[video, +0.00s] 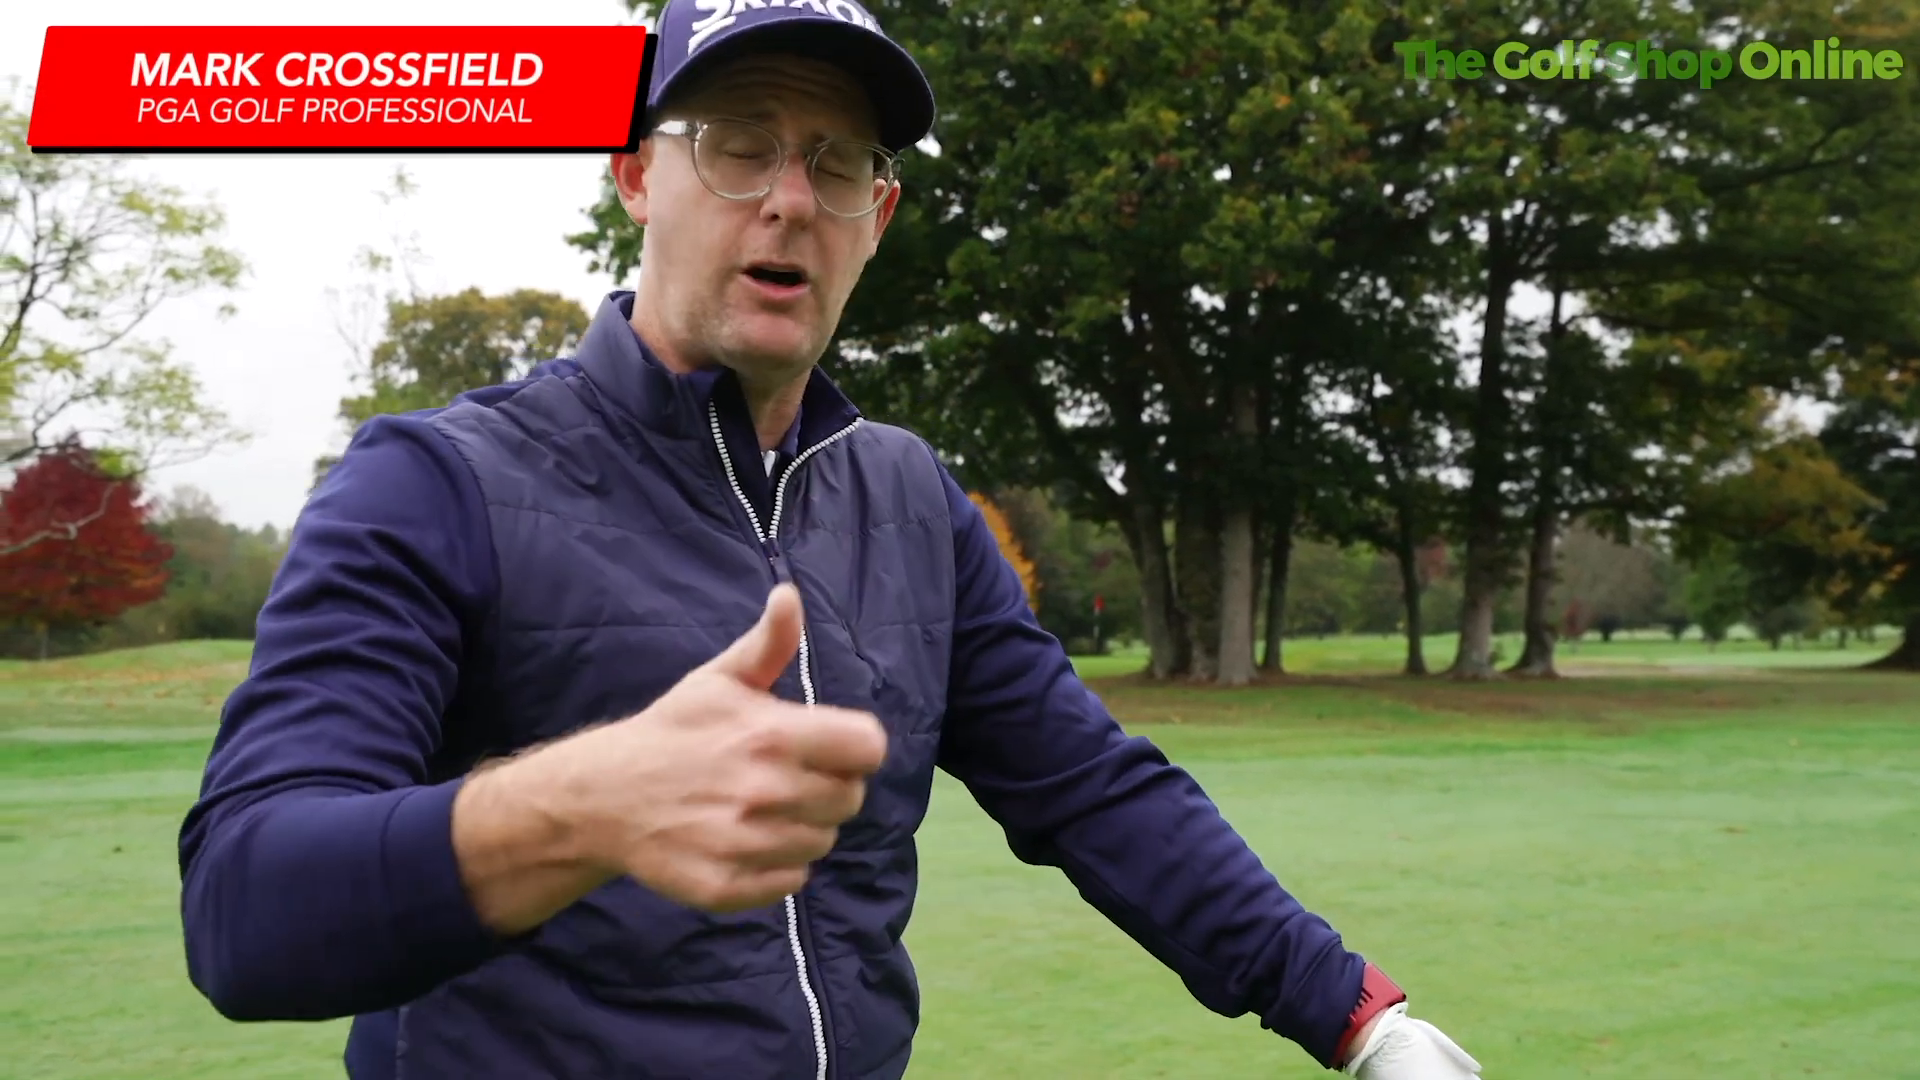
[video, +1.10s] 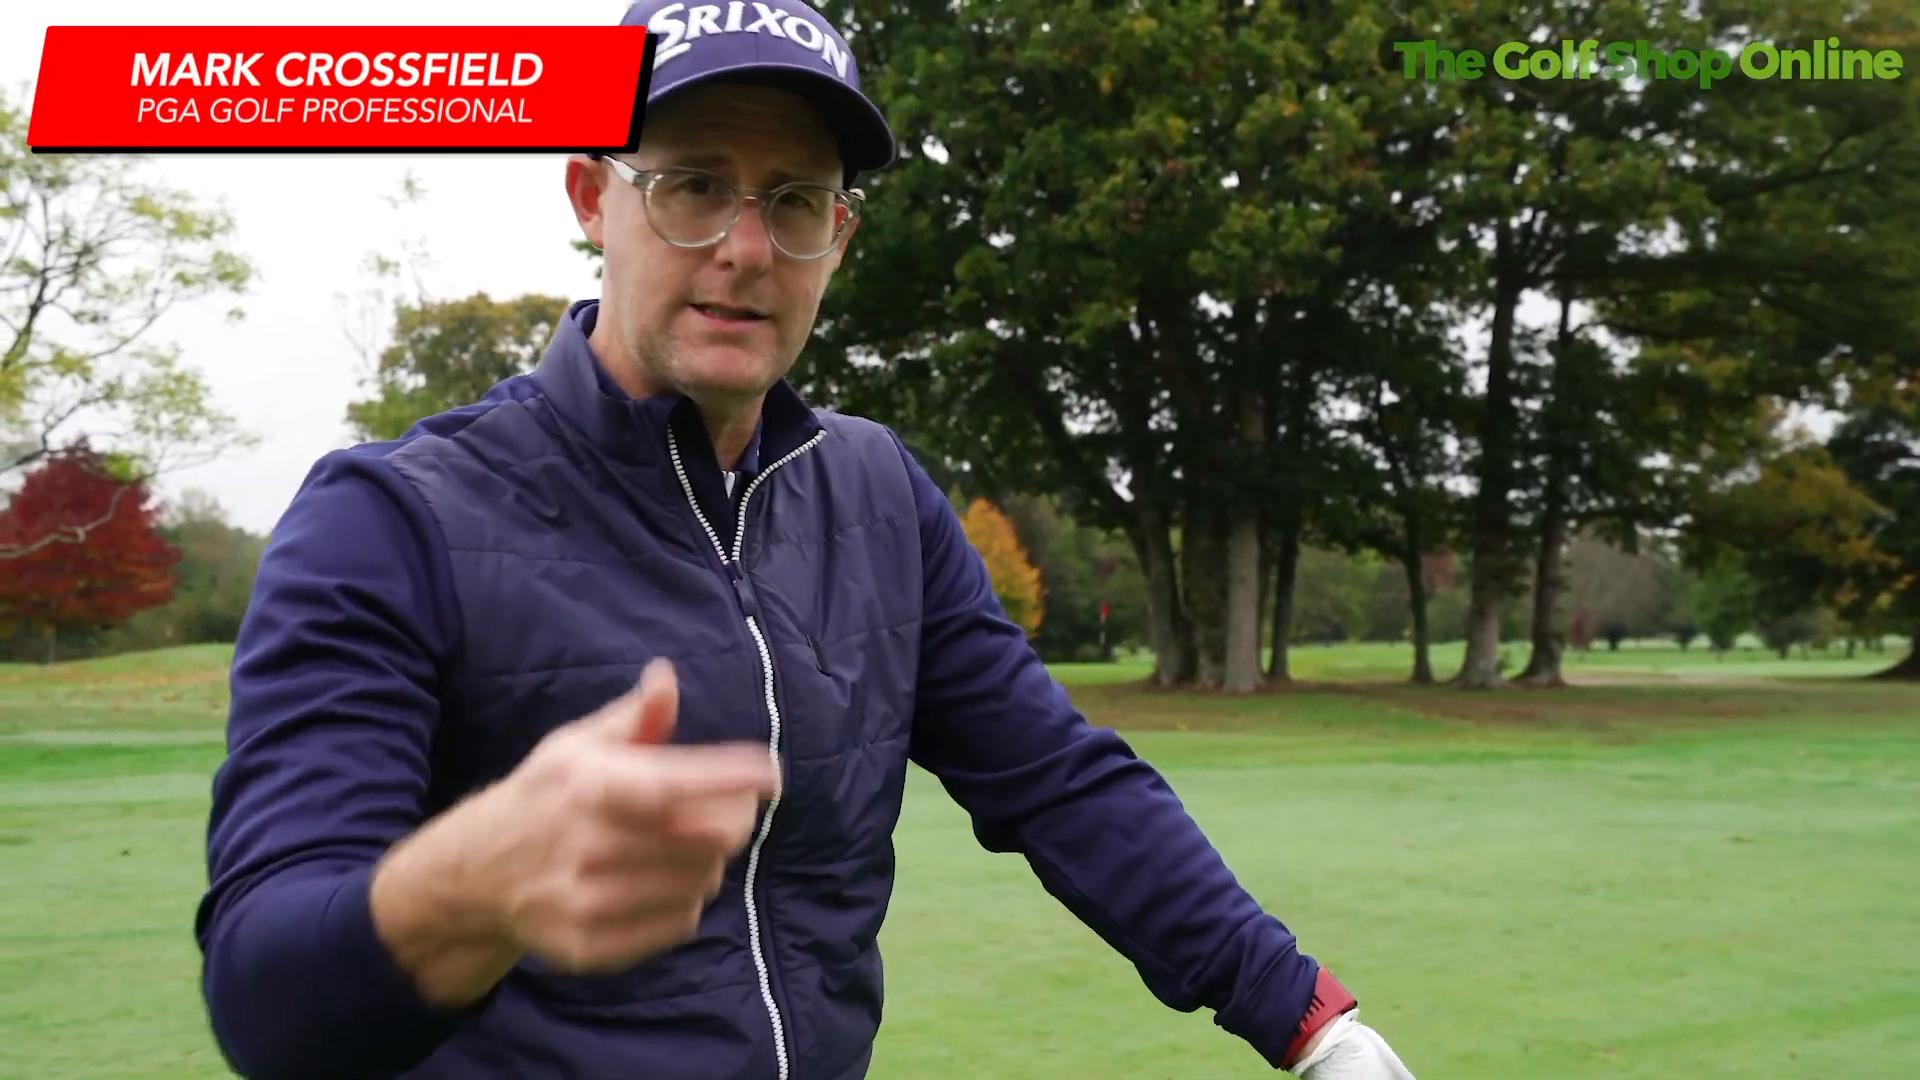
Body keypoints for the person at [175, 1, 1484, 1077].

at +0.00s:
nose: (789, 205)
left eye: (833, 167)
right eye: (739, 150)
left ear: (877, 220)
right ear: (643, 182)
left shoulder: (913, 505)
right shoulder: (442, 482)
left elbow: (1095, 790)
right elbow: (248, 918)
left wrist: (1365, 1022)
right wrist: (582, 804)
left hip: (835, 1052)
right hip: (503, 1052)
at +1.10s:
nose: (744, 244)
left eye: (792, 199)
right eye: (694, 185)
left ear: (841, 236)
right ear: (595, 204)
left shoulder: (882, 500)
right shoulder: (398, 514)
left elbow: (1064, 782)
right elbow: (268, 998)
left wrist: (1320, 1033)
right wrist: (467, 893)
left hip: (809, 1065)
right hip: (511, 1067)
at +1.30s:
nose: (710, 236)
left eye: (760, 185)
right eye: (660, 174)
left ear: (814, 221)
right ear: (561, 191)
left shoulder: (862, 479)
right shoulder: (355, 525)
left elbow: (1067, 758)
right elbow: (196, 980)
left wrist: (1310, 1007)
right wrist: (384, 1012)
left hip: (815, 1064)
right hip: (509, 1079)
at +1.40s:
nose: (685, 231)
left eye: (737, 182)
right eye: (633, 170)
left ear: (793, 222)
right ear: (533, 187)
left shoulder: (854, 475)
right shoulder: (335, 531)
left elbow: (1039, 761)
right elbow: (175, 964)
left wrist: (1215, 1009)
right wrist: (286, 1053)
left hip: (813, 1058)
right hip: (494, 1065)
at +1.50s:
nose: (675, 234)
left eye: (724, 178)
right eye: (621, 176)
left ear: (787, 219)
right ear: (526, 195)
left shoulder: (843, 469)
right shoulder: (321, 541)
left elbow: (966, 750)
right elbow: (161, 960)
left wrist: (1060, 998)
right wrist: (221, 1078)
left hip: (822, 1055)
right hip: (471, 1059)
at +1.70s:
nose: (760, 359)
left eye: (804, 298)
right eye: (707, 291)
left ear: (844, 268)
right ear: (577, 233)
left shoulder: (816, 454)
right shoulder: (334, 567)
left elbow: (923, 740)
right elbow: (194, 1002)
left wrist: (1010, 976)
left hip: (819, 1061)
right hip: (498, 1065)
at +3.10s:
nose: (740, 220)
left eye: (794, 174)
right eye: (698, 163)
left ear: (863, 232)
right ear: (613, 197)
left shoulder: (891, 486)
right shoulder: (409, 490)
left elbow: (984, 801)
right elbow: (108, 888)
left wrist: (1025, 1053)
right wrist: (529, 1022)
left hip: (850, 1058)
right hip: (539, 1076)